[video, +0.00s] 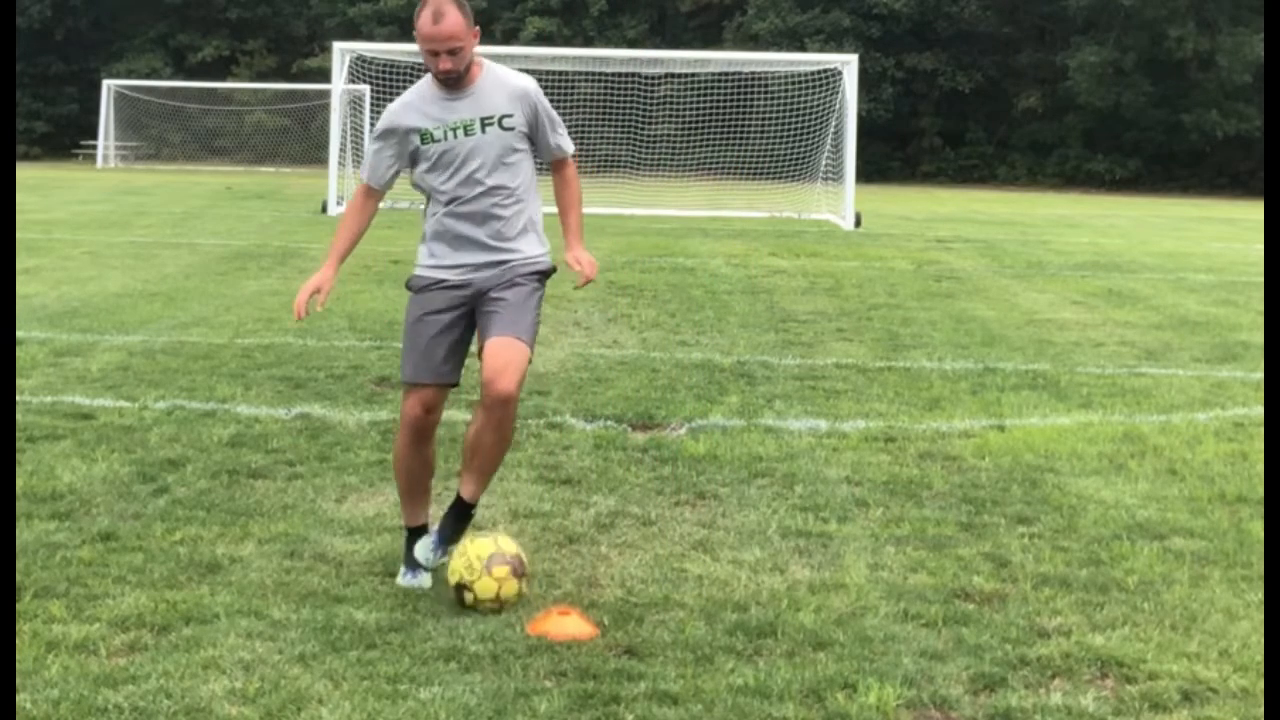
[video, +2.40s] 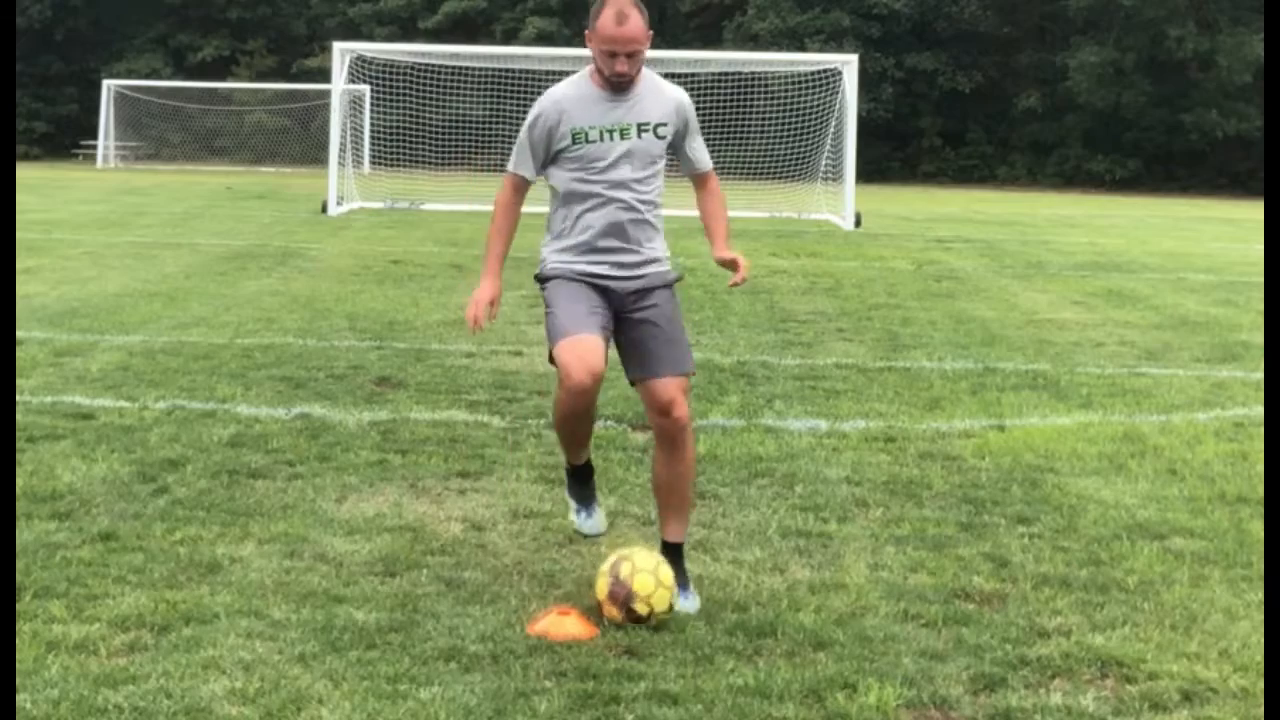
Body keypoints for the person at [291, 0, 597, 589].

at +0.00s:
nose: (443, 64)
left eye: (453, 52)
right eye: (432, 54)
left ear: (475, 35)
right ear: (418, 44)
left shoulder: (519, 92)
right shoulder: (404, 113)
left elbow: (563, 163)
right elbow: (367, 194)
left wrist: (573, 242)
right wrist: (329, 266)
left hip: (516, 268)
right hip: (440, 273)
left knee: (502, 390)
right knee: (420, 411)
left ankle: (454, 526)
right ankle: (415, 548)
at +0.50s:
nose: (458, 57)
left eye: (468, 45)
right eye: (446, 47)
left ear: (484, 30)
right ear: (426, 37)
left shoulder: (524, 84)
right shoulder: (411, 105)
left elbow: (565, 157)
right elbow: (382, 191)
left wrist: (575, 237)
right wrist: (346, 260)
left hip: (527, 265)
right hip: (448, 275)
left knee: (556, 384)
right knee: (427, 407)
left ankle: (524, 514)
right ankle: (417, 546)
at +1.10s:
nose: (497, 55)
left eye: (506, 42)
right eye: (485, 45)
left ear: (521, 27)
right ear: (461, 33)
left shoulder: (554, 79)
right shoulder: (436, 100)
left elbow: (585, 158)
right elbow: (413, 184)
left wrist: (604, 234)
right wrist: (391, 264)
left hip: (556, 255)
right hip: (478, 269)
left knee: (618, 366)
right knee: (474, 408)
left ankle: (613, 507)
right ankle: (486, 548)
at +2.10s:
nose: (588, 40)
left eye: (598, 28)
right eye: (575, 30)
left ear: (612, 15)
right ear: (551, 18)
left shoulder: (638, 68)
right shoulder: (521, 83)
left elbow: (664, 138)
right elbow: (488, 166)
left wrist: (682, 211)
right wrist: (476, 255)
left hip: (631, 246)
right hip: (554, 255)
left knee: (674, 377)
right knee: (546, 394)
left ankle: (671, 531)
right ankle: (525, 511)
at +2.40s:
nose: (623, 67)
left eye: (634, 55)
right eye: (611, 55)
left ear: (650, 44)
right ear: (589, 42)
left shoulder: (672, 103)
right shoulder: (554, 108)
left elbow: (704, 178)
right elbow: (513, 187)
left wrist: (719, 243)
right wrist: (490, 277)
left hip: (648, 273)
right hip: (574, 271)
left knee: (673, 413)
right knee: (580, 376)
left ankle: (673, 560)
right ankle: (580, 477)